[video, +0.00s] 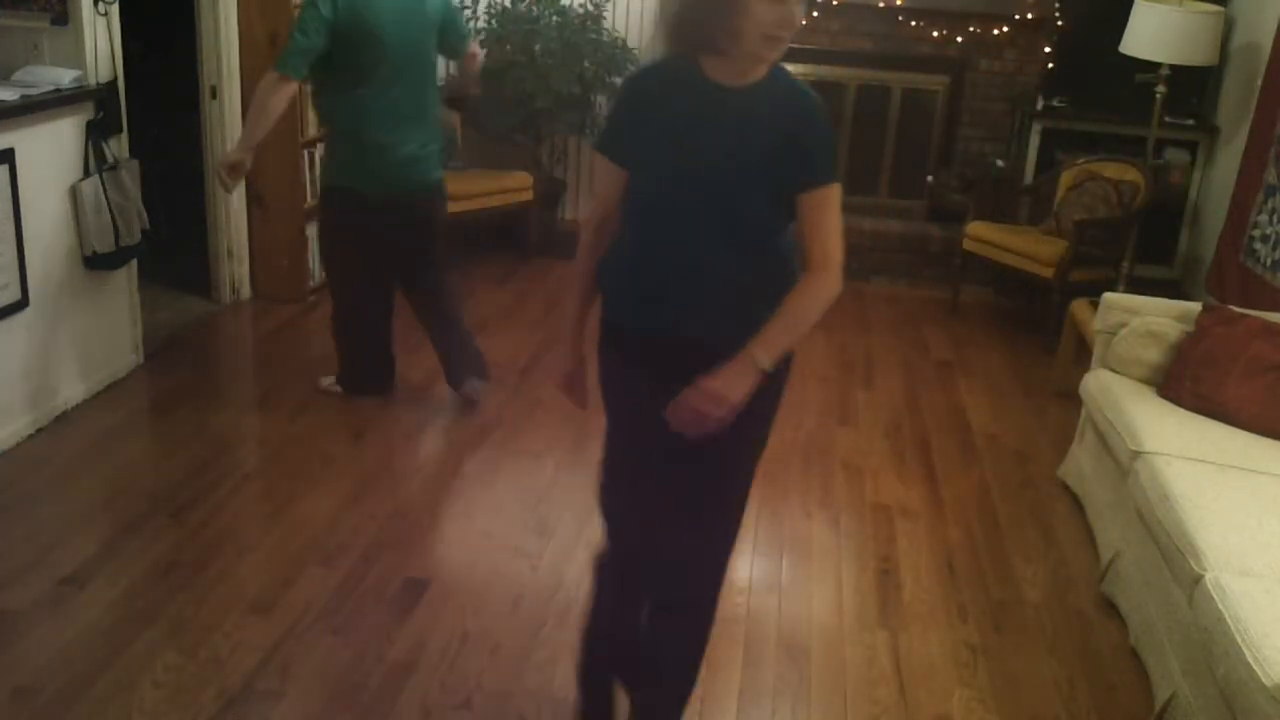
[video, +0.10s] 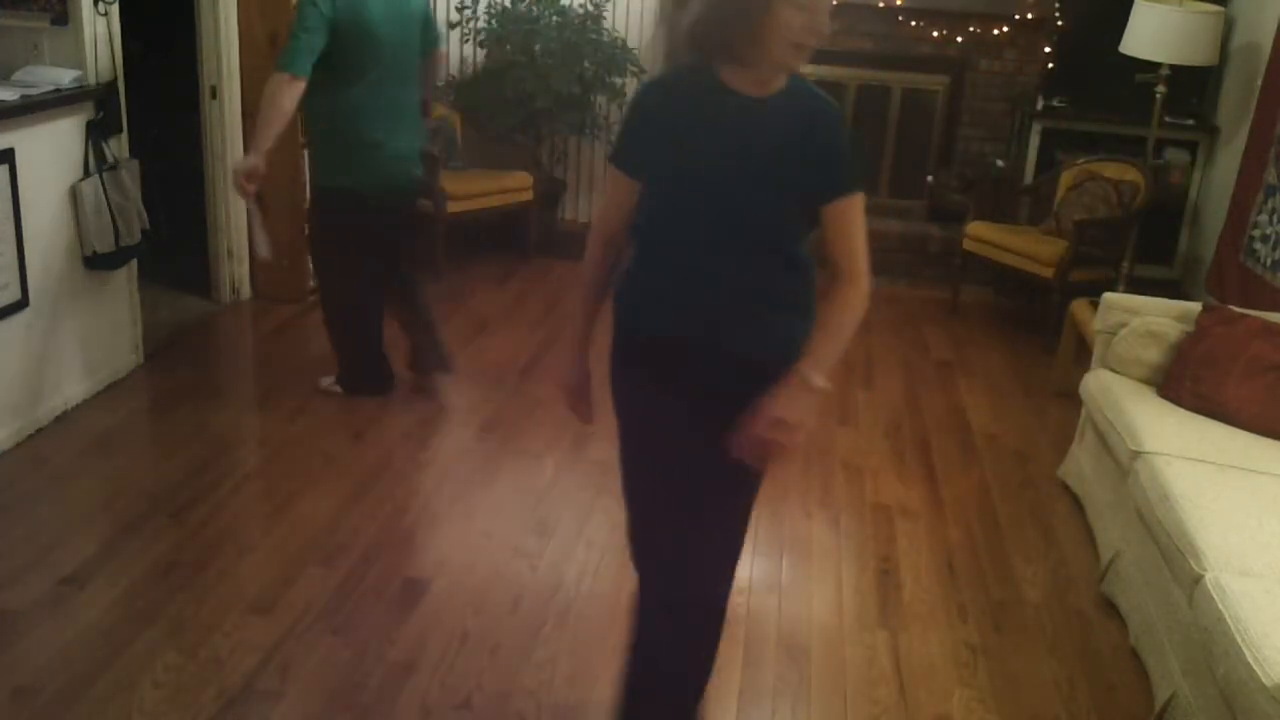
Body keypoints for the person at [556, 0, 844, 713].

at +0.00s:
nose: (791, 18)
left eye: (799, 5)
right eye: (774, 0)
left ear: (803, 16)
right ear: (723, 5)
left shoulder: (797, 111)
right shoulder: (649, 90)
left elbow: (824, 273)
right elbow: (599, 221)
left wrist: (744, 369)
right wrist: (572, 338)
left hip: (744, 353)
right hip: (639, 339)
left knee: (700, 549)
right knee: (631, 533)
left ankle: (660, 703)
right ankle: (600, 681)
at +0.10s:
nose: (819, 23)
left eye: (826, 9)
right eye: (803, 3)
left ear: (823, 22)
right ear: (750, 5)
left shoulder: (817, 122)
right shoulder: (665, 100)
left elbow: (852, 280)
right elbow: (607, 233)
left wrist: (801, 387)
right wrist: (577, 349)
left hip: (755, 365)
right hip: (653, 351)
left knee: (703, 574)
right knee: (659, 563)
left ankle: (667, 709)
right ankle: (654, 703)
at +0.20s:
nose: (849, 38)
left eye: (855, 22)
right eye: (835, 17)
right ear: (778, 16)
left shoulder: (841, 137)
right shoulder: (684, 114)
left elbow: (884, 285)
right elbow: (618, 248)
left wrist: (878, 400)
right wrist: (578, 365)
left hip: (783, 374)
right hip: (672, 364)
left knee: (712, 574)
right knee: (697, 580)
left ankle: (655, 703)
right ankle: (720, 709)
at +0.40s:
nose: (925, 48)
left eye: (928, 31)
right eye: (916, 27)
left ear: (872, 36)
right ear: (863, 28)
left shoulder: (888, 149)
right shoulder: (748, 134)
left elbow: (931, 301)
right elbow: (658, 285)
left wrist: (1002, 421)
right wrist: (613, 431)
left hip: (836, 412)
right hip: (736, 409)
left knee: (803, 620)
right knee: (768, 631)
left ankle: (675, 692)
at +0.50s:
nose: (973, 49)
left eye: (976, 32)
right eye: (965, 27)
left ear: (921, 38)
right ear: (913, 29)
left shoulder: (907, 146)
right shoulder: (794, 141)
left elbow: (949, 312)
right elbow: (694, 307)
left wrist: (1034, 437)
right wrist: (665, 467)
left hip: (859, 430)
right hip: (771, 428)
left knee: (869, 637)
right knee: (795, 665)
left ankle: (718, 709)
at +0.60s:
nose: (1017, 56)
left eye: (1022, 37)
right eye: (1012, 33)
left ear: (954, 38)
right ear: (960, 35)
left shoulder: (911, 143)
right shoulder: (852, 145)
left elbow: (949, 313)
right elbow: (755, 319)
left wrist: (1033, 435)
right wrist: (755, 505)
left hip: (879, 442)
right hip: (823, 445)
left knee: (917, 629)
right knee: (829, 658)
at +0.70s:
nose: (1047, 65)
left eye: (1050, 46)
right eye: (1042, 45)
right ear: (1002, 55)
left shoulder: (933, 146)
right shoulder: (903, 155)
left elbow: (949, 326)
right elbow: (823, 345)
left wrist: (1024, 441)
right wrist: (837, 526)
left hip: (894, 444)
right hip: (857, 450)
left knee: (937, 641)